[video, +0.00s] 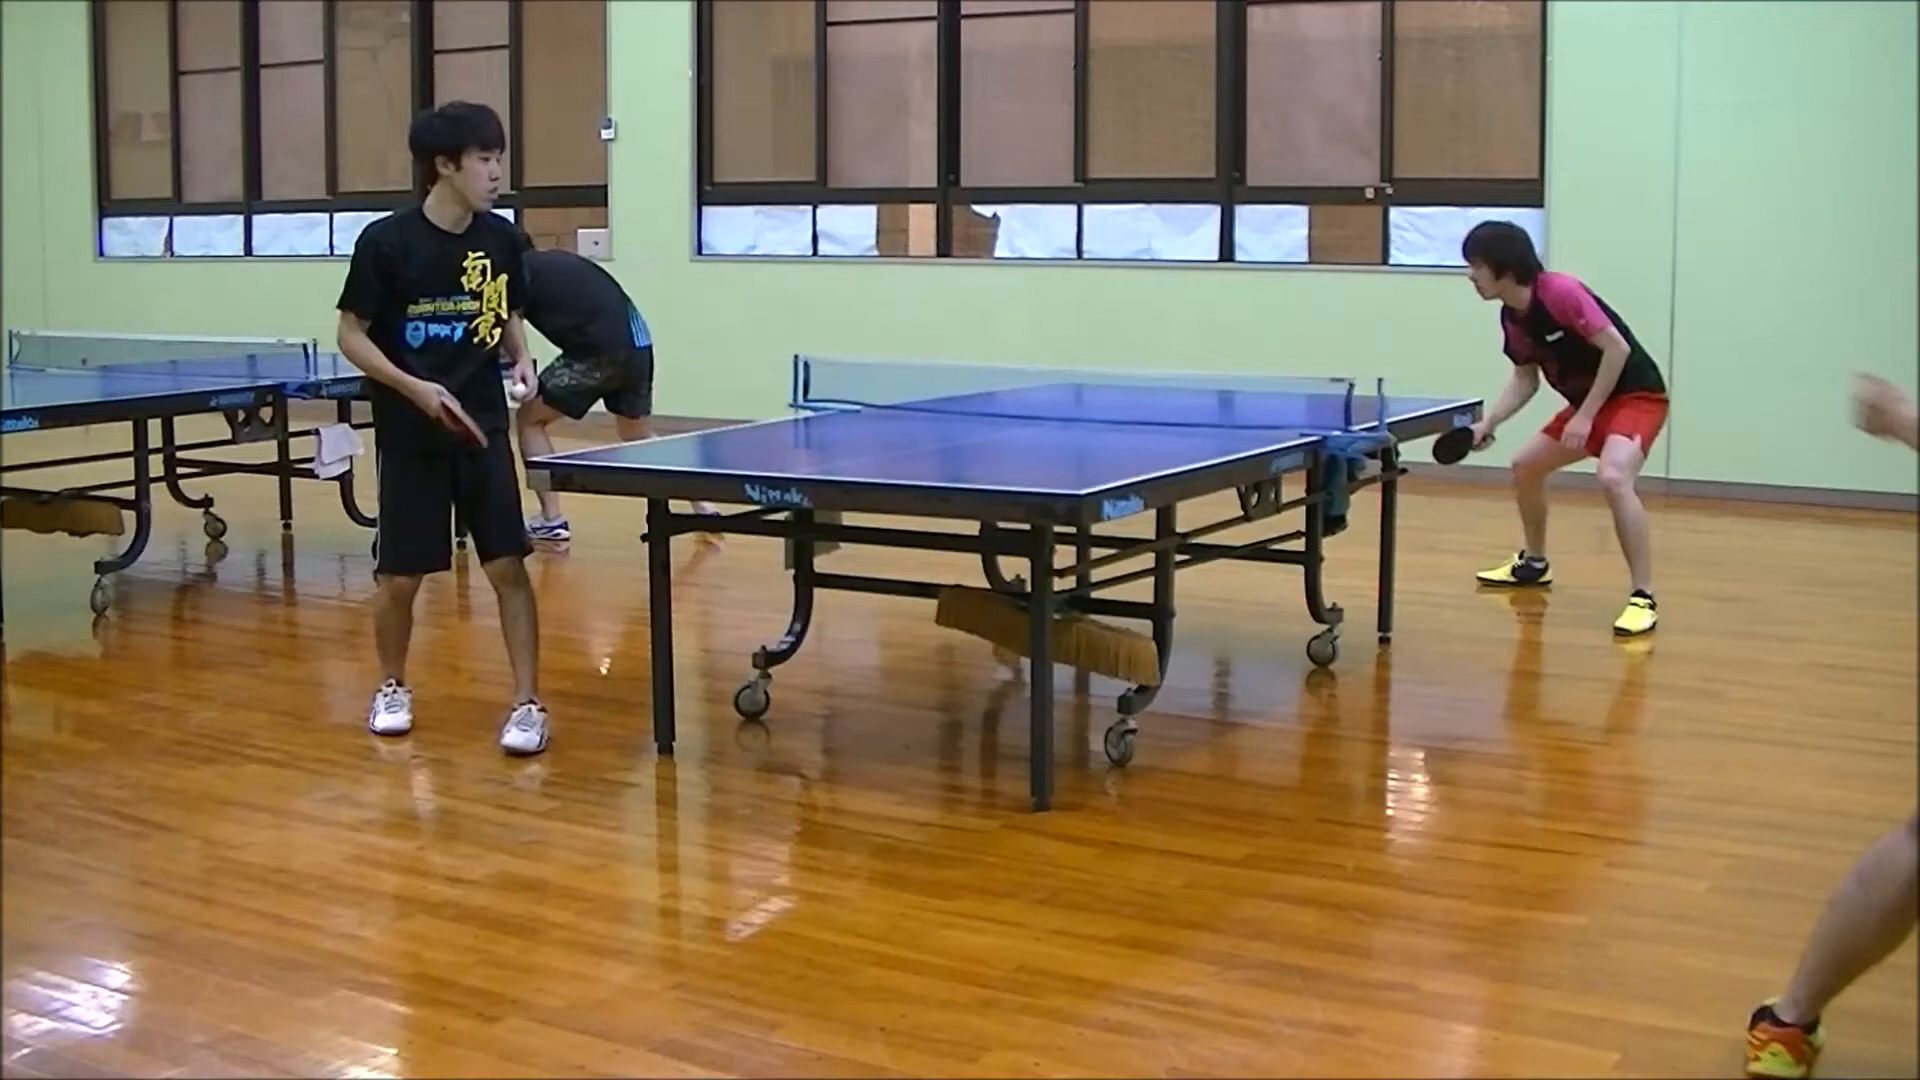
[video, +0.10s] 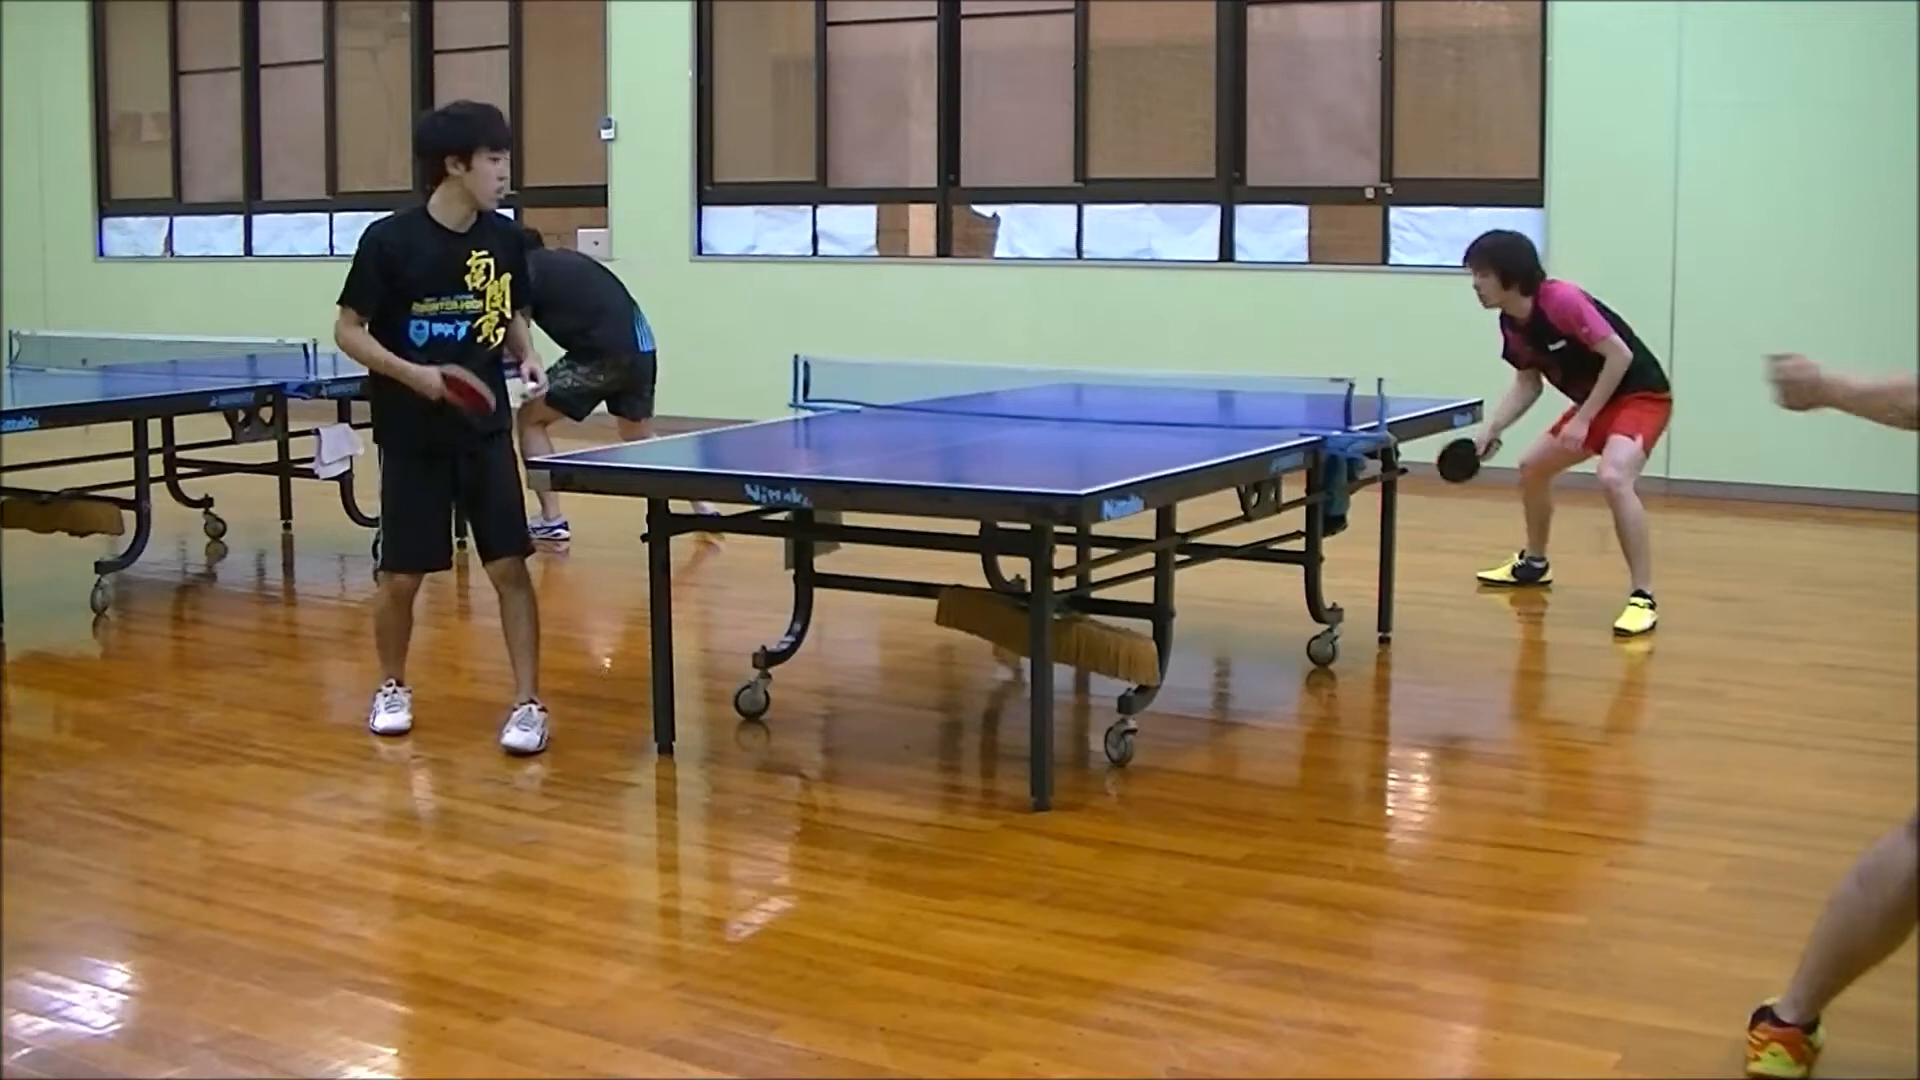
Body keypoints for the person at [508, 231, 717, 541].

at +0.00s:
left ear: (505, 251)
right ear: (527, 242)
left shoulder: (517, 271)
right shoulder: (560, 258)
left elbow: (507, 342)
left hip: (596, 354)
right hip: (639, 349)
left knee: (530, 420)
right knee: (638, 435)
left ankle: (551, 520)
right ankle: (703, 507)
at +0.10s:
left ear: (513, 251)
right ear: (536, 242)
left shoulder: (523, 269)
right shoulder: (567, 258)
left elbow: (517, 346)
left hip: (599, 356)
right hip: (643, 352)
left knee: (530, 419)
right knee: (637, 435)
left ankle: (551, 519)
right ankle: (703, 506)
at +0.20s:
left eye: (513, 247)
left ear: (522, 245)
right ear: (554, 237)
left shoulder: (536, 265)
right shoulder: (583, 255)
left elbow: (522, 336)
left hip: (605, 358)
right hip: (649, 356)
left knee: (532, 420)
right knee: (641, 440)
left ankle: (551, 519)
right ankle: (704, 507)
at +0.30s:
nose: (525, 244)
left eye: (527, 237)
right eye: (526, 237)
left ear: (541, 238)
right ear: (571, 233)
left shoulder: (552, 258)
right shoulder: (601, 251)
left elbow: (519, 307)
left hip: (613, 356)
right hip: (655, 354)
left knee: (536, 419)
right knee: (643, 440)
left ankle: (551, 519)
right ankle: (705, 507)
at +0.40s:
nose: (539, 232)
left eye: (545, 224)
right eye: (540, 224)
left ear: (561, 225)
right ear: (588, 224)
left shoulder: (566, 246)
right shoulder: (617, 245)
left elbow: (520, 285)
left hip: (619, 354)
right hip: (662, 354)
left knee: (541, 418)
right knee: (648, 439)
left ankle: (551, 519)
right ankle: (705, 507)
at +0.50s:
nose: (562, 211)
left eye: (566, 206)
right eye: (564, 205)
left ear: (579, 209)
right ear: (607, 211)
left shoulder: (585, 231)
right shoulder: (635, 240)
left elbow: (529, 234)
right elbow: (622, 274)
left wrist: (503, 218)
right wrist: (583, 277)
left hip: (625, 352)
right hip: (668, 355)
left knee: (548, 417)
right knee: (655, 437)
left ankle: (552, 519)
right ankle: (706, 508)